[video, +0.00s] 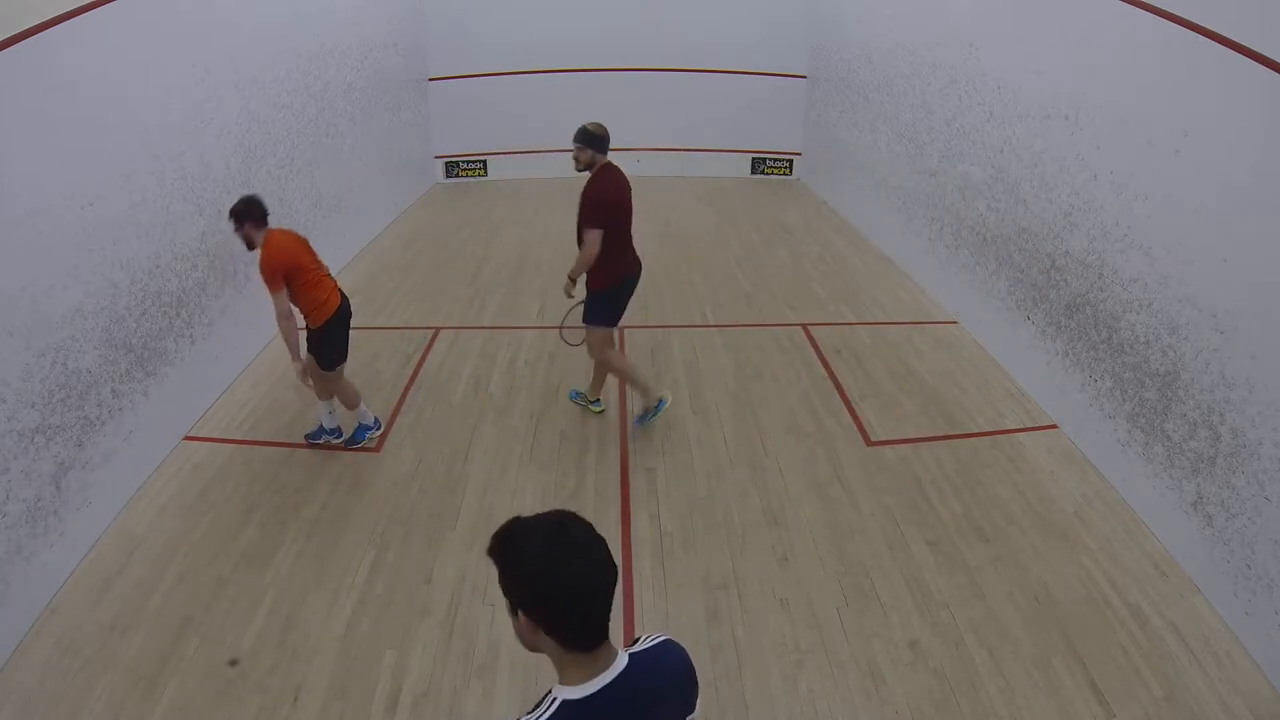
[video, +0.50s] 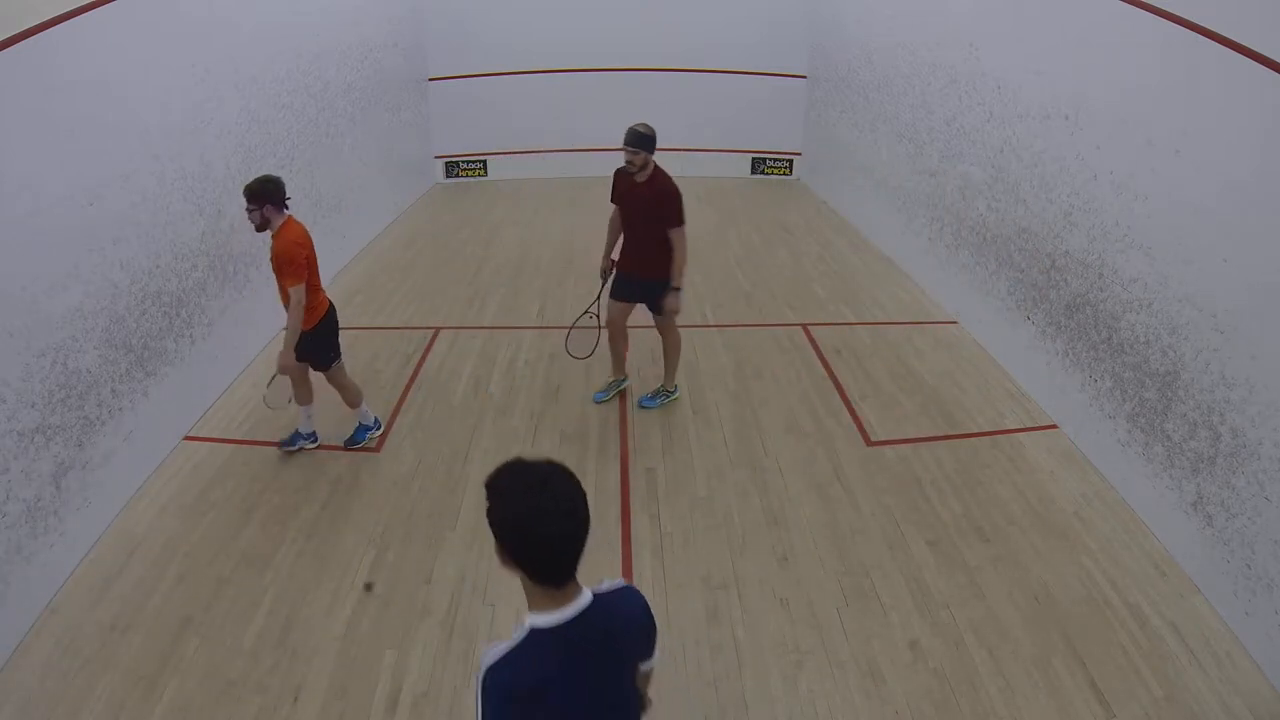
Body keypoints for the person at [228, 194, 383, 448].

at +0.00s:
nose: (237, 235)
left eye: (237, 228)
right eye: (235, 230)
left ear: (247, 225)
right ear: (260, 219)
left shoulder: (269, 260)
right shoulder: (285, 235)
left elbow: (284, 315)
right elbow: (318, 269)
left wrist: (296, 359)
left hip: (327, 318)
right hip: (334, 305)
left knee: (331, 378)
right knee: (315, 369)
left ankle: (368, 422)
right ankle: (330, 426)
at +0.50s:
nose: (248, 216)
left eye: (251, 210)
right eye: (247, 210)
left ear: (268, 209)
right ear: (274, 207)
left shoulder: (287, 244)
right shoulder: (288, 229)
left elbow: (298, 301)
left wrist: (288, 350)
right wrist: (294, 318)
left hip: (317, 323)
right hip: (302, 320)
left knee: (337, 377)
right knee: (296, 371)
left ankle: (370, 422)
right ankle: (307, 431)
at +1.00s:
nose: (215, 223)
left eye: (221, 217)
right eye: (213, 217)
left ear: (242, 214)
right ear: (238, 214)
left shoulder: (260, 245)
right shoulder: (238, 240)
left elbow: (278, 301)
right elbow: (251, 291)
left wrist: (267, 350)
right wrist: (251, 328)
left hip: (279, 329)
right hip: (260, 328)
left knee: (286, 395)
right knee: (281, 387)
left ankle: (337, 415)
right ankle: (303, 434)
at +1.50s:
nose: (192, 250)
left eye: (198, 243)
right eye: (187, 243)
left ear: (217, 236)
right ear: (183, 237)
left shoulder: (241, 269)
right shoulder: (194, 267)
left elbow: (268, 320)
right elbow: (197, 309)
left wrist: (253, 368)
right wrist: (196, 351)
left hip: (256, 353)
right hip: (229, 355)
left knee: (260, 417)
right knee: (261, 398)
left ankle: (274, 490)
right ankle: (296, 434)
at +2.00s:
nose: (166, 283)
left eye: (171, 274)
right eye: (159, 276)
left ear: (190, 263)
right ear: (155, 270)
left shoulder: (222, 296)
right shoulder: (163, 305)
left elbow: (248, 356)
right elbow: (174, 355)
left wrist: (229, 412)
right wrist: (184, 399)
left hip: (238, 391)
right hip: (199, 401)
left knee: (259, 444)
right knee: (219, 478)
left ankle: (275, 488)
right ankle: (245, 555)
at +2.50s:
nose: (148, 322)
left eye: (155, 310)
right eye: (137, 314)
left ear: (168, 296)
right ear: (125, 308)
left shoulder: (202, 332)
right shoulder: (119, 360)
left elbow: (240, 380)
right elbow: (120, 418)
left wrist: (269, 432)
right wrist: (146, 477)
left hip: (227, 450)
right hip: (183, 469)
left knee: (265, 533)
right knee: (220, 529)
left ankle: (289, 589)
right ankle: (253, 572)